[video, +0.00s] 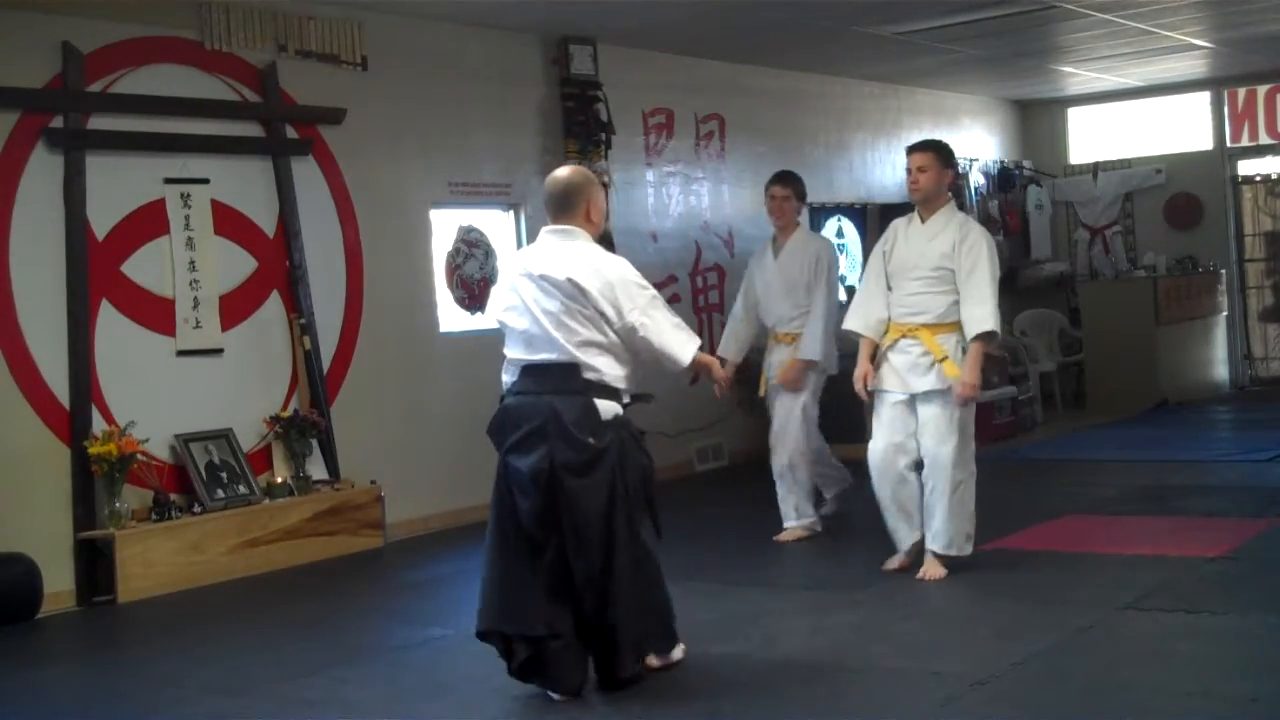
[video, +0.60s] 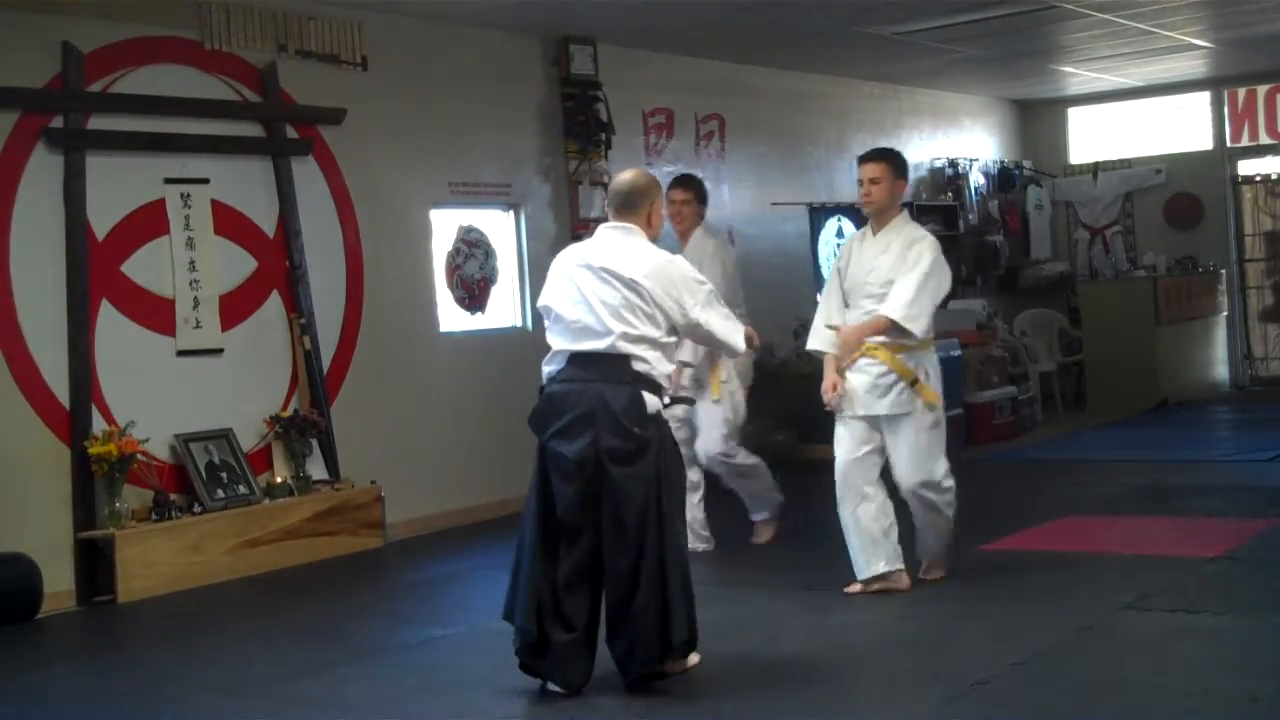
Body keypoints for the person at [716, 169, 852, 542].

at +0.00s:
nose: (776, 206)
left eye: (785, 199)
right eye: (771, 199)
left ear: (800, 205)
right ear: (765, 204)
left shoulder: (819, 249)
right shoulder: (762, 257)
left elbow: (823, 309)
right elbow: (745, 312)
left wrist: (804, 359)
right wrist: (729, 361)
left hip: (807, 347)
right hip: (776, 348)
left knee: (788, 436)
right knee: (792, 430)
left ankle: (801, 519)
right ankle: (836, 482)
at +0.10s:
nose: (766, 203)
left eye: (775, 196)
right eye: (761, 196)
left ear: (790, 201)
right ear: (754, 200)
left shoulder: (806, 246)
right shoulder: (751, 251)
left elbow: (810, 308)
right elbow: (738, 309)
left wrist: (793, 358)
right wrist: (726, 359)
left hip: (792, 348)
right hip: (759, 348)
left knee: (783, 439)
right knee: (757, 433)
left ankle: (800, 520)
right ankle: (812, 473)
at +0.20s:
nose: (753, 197)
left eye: (761, 190)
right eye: (747, 190)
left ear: (776, 195)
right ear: (740, 195)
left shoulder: (790, 238)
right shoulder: (739, 245)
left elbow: (794, 299)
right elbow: (729, 304)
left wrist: (779, 354)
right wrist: (720, 351)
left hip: (781, 346)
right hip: (744, 347)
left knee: (783, 439)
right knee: (734, 432)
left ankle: (801, 519)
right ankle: (771, 504)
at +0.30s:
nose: (736, 195)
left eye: (744, 188)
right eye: (730, 188)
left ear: (759, 193)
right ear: (723, 193)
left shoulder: (771, 237)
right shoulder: (726, 243)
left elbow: (775, 298)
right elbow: (723, 303)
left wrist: (763, 354)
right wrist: (715, 353)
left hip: (768, 343)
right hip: (731, 345)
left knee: (784, 437)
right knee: (714, 434)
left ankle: (801, 519)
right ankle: (726, 521)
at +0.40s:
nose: (715, 201)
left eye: (724, 194)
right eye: (710, 194)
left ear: (739, 198)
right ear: (704, 199)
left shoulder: (751, 244)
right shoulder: (712, 247)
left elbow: (751, 308)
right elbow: (709, 304)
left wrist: (733, 367)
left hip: (756, 359)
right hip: (717, 358)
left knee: (776, 442)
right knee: (698, 443)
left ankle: (798, 518)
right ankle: (693, 529)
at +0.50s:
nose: (694, 207)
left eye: (702, 199)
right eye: (689, 200)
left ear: (718, 204)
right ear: (683, 205)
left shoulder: (731, 246)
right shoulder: (700, 252)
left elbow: (729, 312)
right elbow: (702, 312)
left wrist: (702, 369)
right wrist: (683, 364)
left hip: (736, 360)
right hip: (700, 360)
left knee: (745, 443)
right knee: (687, 450)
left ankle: (792, 514)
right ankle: (695, 534)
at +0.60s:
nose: (678, 211)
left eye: (686, 204)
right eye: (673, 204)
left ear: (701, 208)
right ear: (666, 209)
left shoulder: (711, 249)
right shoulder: (688, 250)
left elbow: (704, 317)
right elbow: (689, 310)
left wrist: (684, 366)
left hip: (723, 356)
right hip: (685, 357)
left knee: (713, 449)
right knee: (677, 446)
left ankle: (766, 504)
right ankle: (694, 534)